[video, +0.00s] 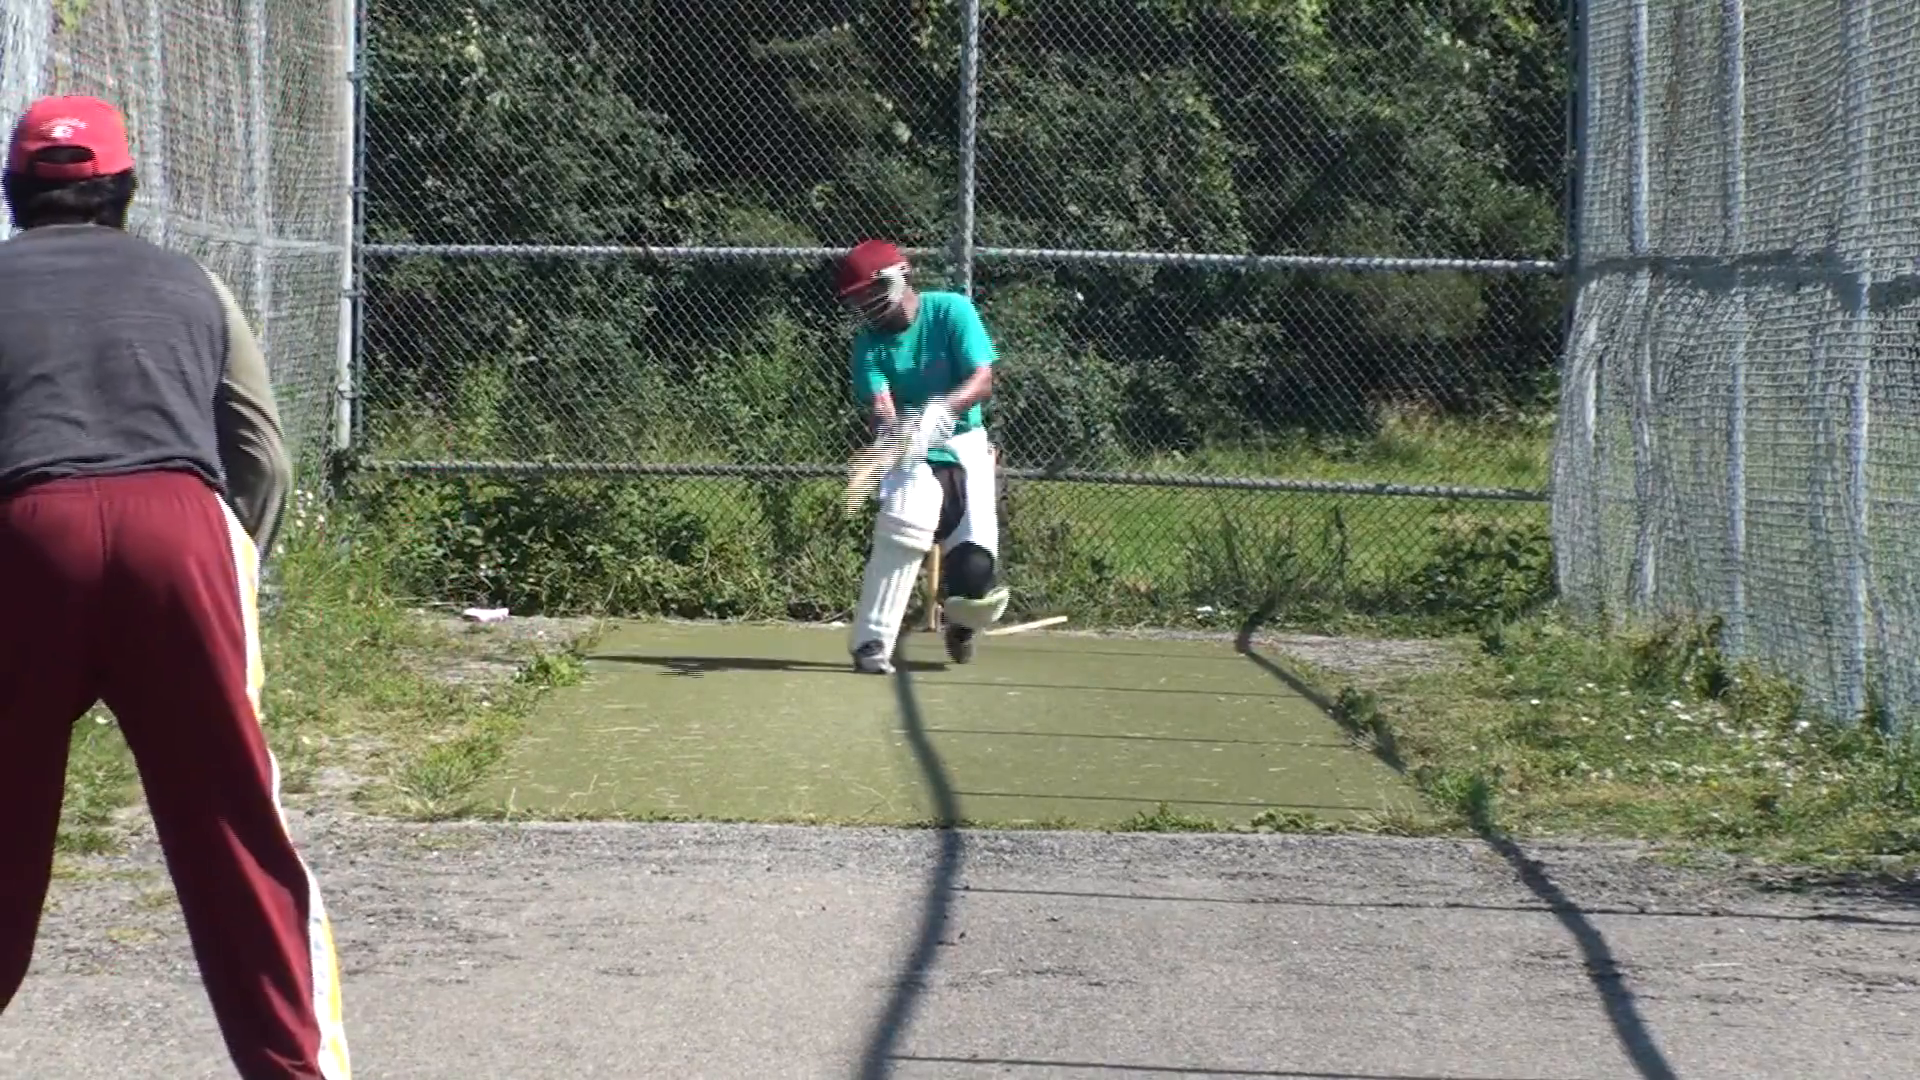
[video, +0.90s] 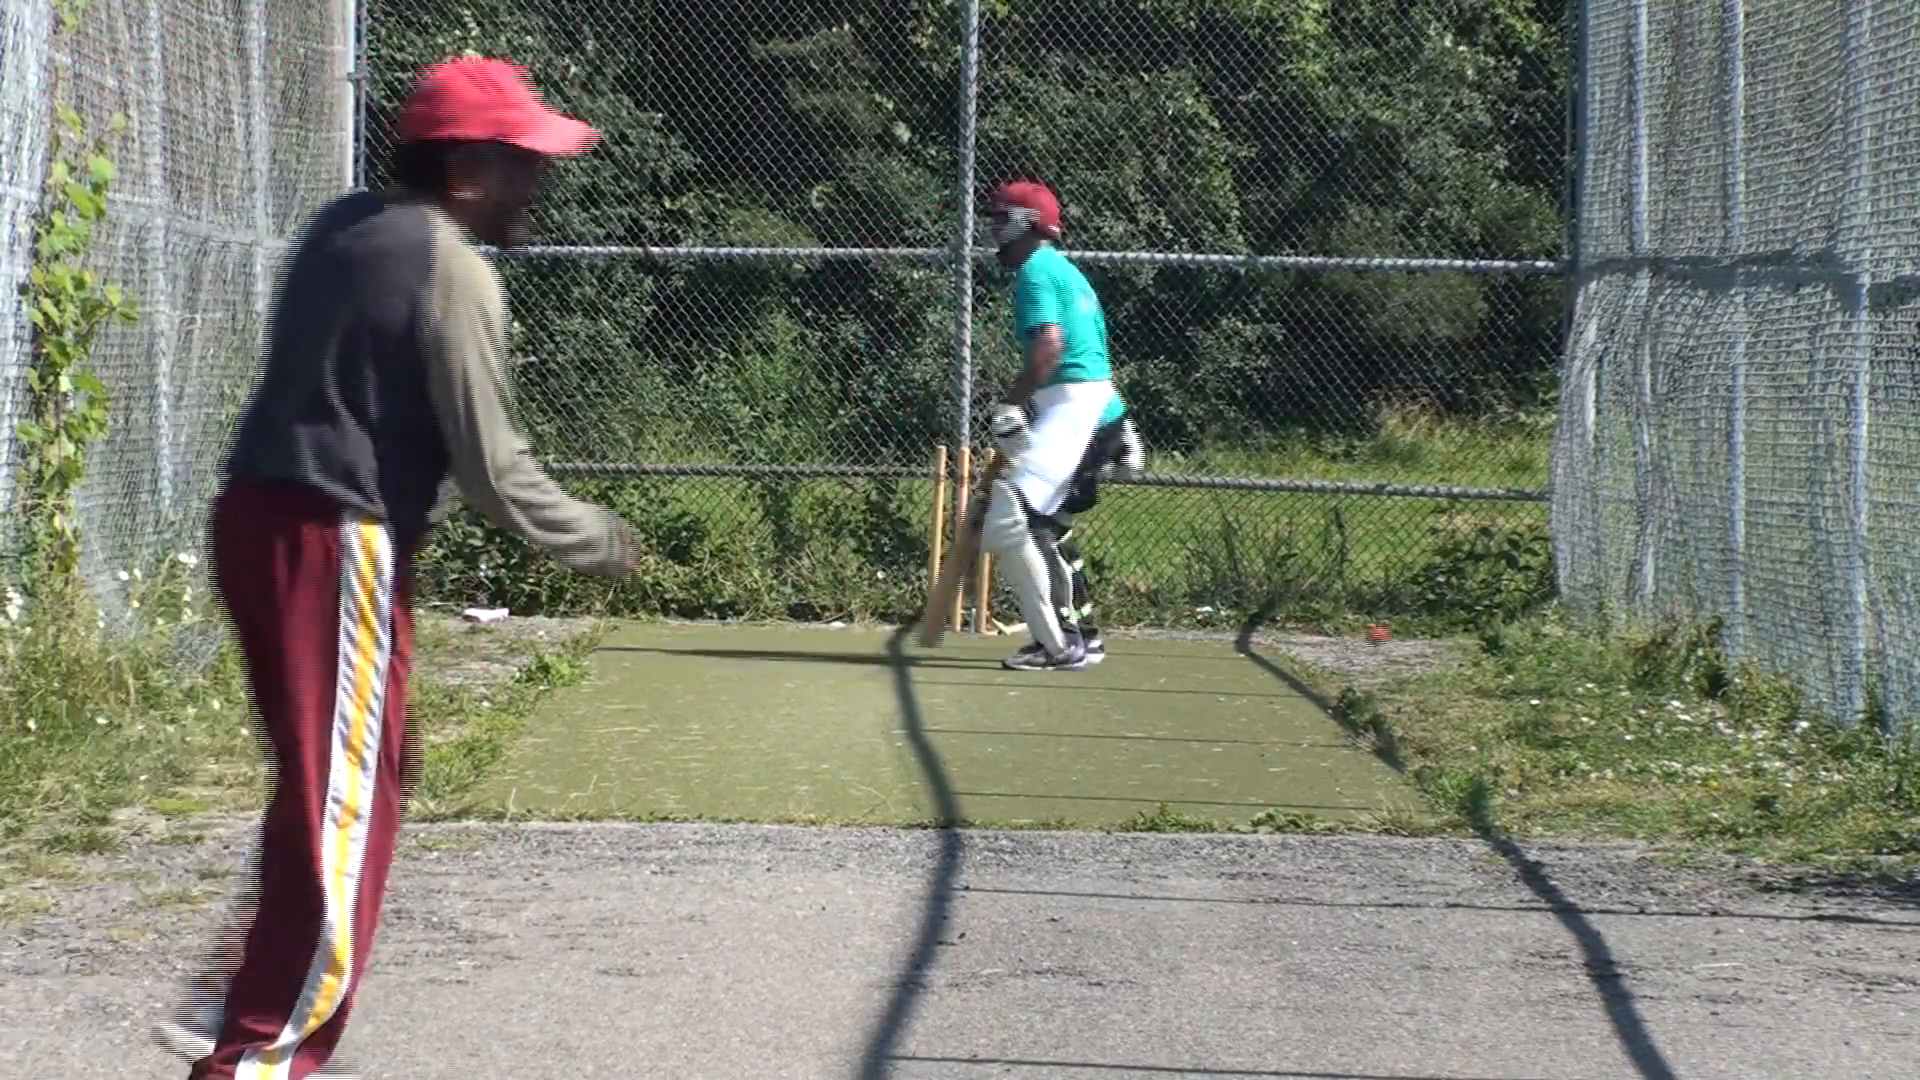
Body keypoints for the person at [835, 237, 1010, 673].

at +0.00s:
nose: (871, 309)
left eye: (876, 296)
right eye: (861, 304)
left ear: (901, 279)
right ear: (854, 303)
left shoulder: (953, 310)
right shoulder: (868, 342)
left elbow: (982, 379)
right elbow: (880, 406)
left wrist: (941, 410)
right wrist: (893, 432)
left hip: (966, 446)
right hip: (910, 451)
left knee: (974, 570)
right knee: (901, 535)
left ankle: (960, 625)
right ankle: (874, 641)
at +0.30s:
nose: (884, 290)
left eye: (889, 278)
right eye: (878, 283)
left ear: (916, 265)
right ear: (883, 283)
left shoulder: (968, 298)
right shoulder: (900, 330)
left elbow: (995, 372)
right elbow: (906, 398)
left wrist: (942, 413)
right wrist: (897, 436)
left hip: (995, 430)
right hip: (934, 436)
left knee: (981, 549)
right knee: (902, 528)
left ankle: (1038, 629)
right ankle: (874, 639)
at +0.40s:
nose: (910, 271)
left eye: (913, 258)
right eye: (906, 261)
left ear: (941, 251)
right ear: (933, 256)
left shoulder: (985, 286)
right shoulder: (939, 311)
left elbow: (1007, 359)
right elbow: (945, 383)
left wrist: (950, 406)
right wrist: (916, 430)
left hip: (1015, 423)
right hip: (966, 425)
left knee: (980, 557)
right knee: (916, 524)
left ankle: (1053, 640)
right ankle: (871, 632)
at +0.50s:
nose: (936, 247)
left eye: (942, 237)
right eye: (936, 237)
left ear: (964, 238)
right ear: (977, 239)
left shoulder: (992, 276)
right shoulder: (980, 286)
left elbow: (1007, 350)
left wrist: (962, 402)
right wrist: (944, 431)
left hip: (1028, 417)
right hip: (987, 419)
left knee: (984, 543)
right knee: (915, 509)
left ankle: (1056, 642)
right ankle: (890, 630)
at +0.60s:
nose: (966, 238)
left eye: (970, 228)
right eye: (967, 228)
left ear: (986, 228)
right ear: (1013, 230)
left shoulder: (1000, 265)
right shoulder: (1035, 272)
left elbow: (1007, 336)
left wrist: (969, 392)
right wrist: (985, 402)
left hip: (1036, 415)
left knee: (988, 528)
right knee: (931, 490)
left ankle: (1055, 644)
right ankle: (940, 632)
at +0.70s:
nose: (980, 226)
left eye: (984, 216)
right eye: (981, 216)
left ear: (999, 217)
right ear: (1033, 221)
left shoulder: (1010, 257)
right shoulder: (1056, 267)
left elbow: (1010, 328)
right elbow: (1063, 342)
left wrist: (973, 391)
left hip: (1044, 412)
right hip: (1074, 411)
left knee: (1004, 525)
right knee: (1003, 514)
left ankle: (1055, 641)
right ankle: (1007, 622)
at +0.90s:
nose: (996, 234)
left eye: (1004, 223)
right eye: (996, 223)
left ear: (1029, 226)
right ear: (1042, 229)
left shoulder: (1036, 269)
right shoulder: (1064, 270)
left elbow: (1050, 343)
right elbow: (1089, 350)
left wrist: (1017, 391)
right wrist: (1031, 398)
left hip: (1072, 409)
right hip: (1094, 407)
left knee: (1007, 518)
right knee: (1039, 517)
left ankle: (1055, 643)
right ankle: (1077, 628)